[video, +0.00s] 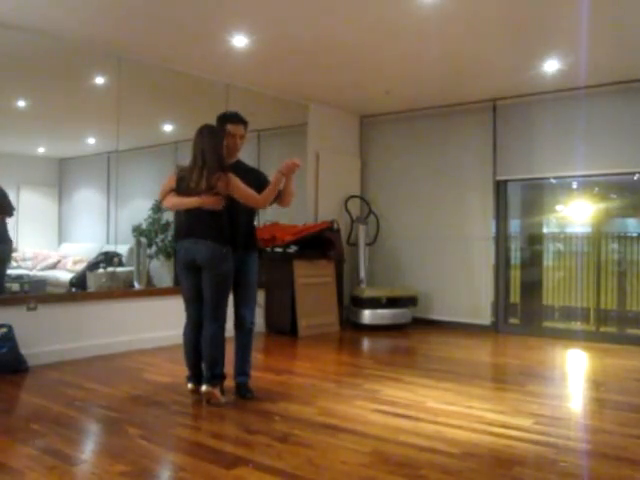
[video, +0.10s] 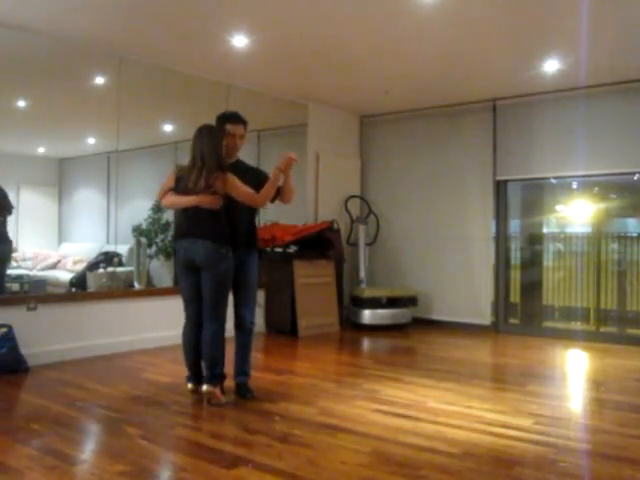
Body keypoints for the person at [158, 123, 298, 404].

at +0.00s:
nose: (231, 148)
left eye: (232, 142)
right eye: (228, 143)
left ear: (196, 147)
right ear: (219, 147)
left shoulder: (181, 175)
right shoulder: (223, 179)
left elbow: (163, 197)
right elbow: (260, 202)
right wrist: (281, 177)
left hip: (185, 249)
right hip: (215, 250)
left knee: (193, 315)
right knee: (215, 317)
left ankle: (195, 379)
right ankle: (212, 384)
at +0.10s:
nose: (229, 148)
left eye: (229, 143)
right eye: (225, 143)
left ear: (195, 146)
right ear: (218, 147)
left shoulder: (180, 174)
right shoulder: (221, 178)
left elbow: (162, 196)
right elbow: (257, 201)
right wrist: (278, 175)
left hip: (185, 247)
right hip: (214, 249)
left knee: (192, 316)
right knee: (214, 317)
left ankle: (194, 379)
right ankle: (212, 383)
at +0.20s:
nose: (228, 149)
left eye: (228, 143)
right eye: (224, 144)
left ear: (194, 146)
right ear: (216, 147)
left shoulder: (179, 173)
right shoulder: (220, 177)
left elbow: (162, 195)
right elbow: (256, 198)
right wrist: (276, 171)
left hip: (184, 247)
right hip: (212, 248)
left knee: (192, 316)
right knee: (214, 317)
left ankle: (193, 379)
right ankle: (212, 382)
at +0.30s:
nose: (226, 150)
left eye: (226, 144)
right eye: (222, 145)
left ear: (193, 145)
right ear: (215, 147)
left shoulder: (178, 173)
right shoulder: (218, 177)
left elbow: (162, 196)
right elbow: (256, 196)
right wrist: (275, 170)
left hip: (183, 248)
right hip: (211, 249)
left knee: (192, 316)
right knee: (213, 317)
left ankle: (193, 379)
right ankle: (211, 383)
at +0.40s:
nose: (225, 150)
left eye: (225, 144)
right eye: (222, 145)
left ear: (192, 146)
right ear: (214, 147)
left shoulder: (178, 173)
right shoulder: (217, 177)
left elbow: (160, 196)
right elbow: (256, 197)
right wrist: (276, 172)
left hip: (183, 248)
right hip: (211, 249)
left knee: (192, 315)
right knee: (213, 316)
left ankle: (193, 378)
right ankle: (210, 383)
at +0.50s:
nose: (224, 150)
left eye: (225, 144)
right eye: (221, 145)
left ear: (191, 146)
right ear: (213, 147)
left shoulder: (176, 173)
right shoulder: (216, 177)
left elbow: (159, 197)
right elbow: (254, 198)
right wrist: (274, 173)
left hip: (183, 247)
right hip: (210, 248)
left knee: (191, 315)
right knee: (212, 316)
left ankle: (193, 379)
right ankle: (209, 382)